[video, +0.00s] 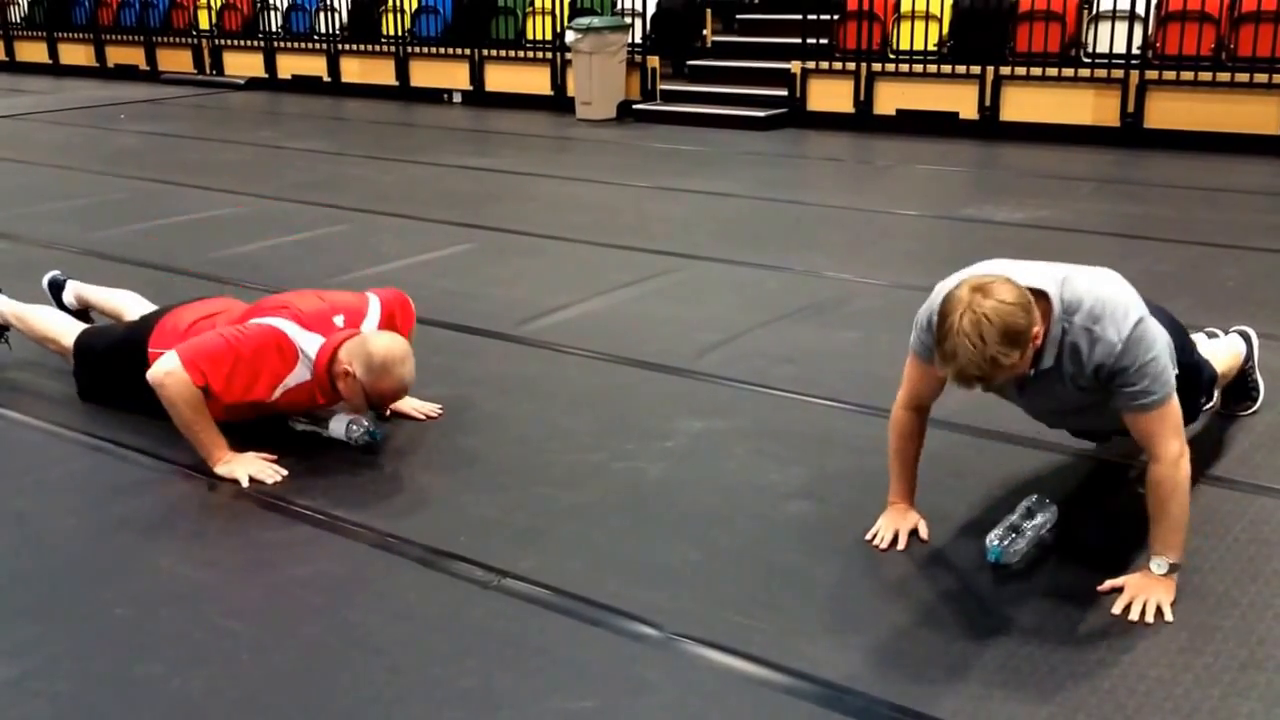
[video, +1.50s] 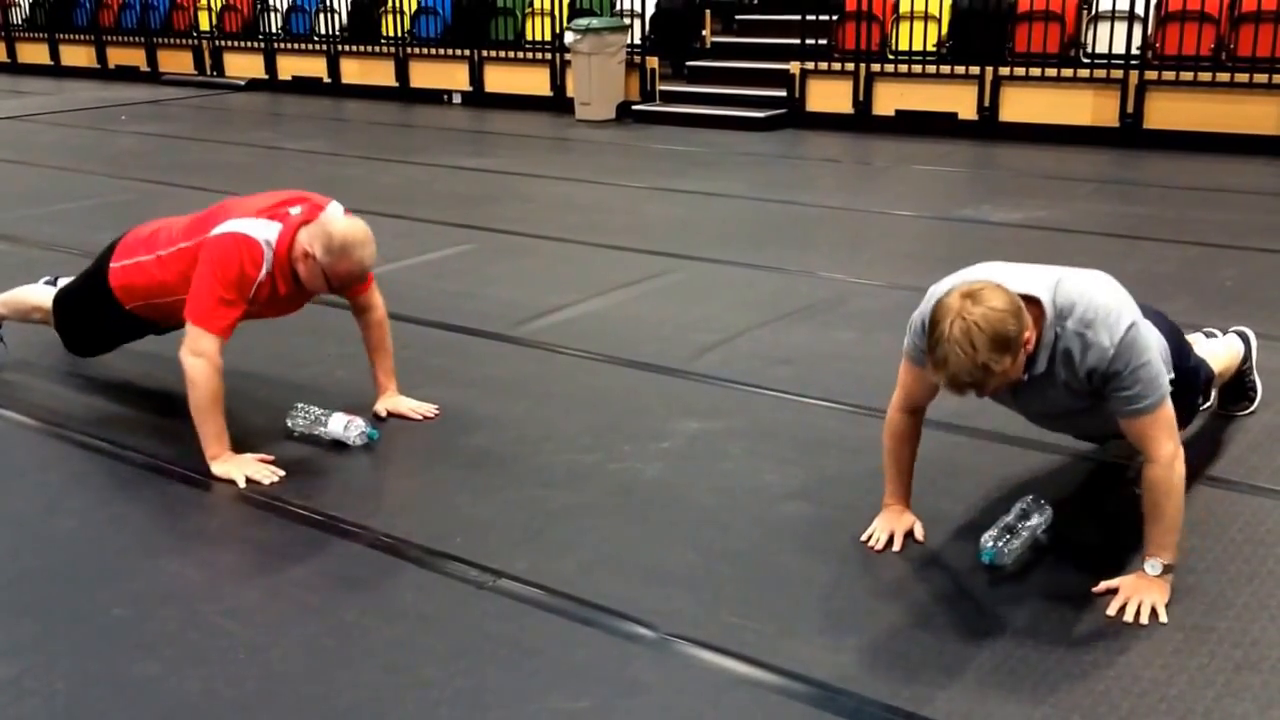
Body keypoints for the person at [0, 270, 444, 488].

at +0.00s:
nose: (369, 413)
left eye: (382, 407)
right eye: (365, 406)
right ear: (343, 374)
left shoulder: (388, 314)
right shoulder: (271, 350)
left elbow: (398, 310)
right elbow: (168, 378)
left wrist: (390, 393)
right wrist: (222, 457)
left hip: (223, 314)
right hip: (158, 344)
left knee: (143, 316)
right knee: (74, 342)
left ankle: (69, 290)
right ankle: (7, 308)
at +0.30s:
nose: (354, 325)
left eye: (366, 318)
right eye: (350, 315)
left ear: (386, 285)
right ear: (324, 287)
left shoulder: (362, 257)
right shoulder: (253, 281)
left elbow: (396, 314)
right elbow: (183, 366)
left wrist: (393, 389)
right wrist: (222, 456)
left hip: (196, 268)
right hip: (144, 299)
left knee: (118, 287)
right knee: (69, 316)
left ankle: (66, 288)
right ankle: (8, 305)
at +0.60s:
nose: (345, 311)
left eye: (358, 304)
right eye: (338, 301)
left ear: (372, 255)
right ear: (312, 270)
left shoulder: (351, 240)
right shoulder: (241, 264)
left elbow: (380, 309)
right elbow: (188, 358)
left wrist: (390, 389)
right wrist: (222, 457)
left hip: (181, 266)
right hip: (132, 290)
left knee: (105, 298)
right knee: (62, 313)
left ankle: (65, 292)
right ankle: (11, 304)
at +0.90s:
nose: (358, 406)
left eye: (371, 402)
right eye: (354, 399)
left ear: (398, 342)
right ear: (336, 368)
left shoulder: (383, 312)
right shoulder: (262, 344)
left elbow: (397, 312)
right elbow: (163, 380)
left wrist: (385, 391)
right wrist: (220, 458)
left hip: (216, 311)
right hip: (153, 342)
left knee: (139, 314)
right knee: (73, 341)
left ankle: (71, 290)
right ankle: (6, 307)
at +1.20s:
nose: (345, 342)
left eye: (357, 337)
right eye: (343, 333)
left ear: (379, 310)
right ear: (322, 301)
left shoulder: (362, 273)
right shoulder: (250, 295)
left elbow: (397, 316)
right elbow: (172, 370)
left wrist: (390, 391)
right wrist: (220, 457)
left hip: (192, 276)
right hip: (141, 308)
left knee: (123, 287)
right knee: (66, 319)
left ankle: (64, 285)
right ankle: (4, 308)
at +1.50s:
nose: (332, 296)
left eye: (346, 289)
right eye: (329, 285)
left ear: (363, 258)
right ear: (306, 251)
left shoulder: (340, 235)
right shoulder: (237, 253)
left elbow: (369, 305)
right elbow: (198, 354)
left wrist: (388, 390)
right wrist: (221, 456)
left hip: (175, 285)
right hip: (125, 285)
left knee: (97, 306)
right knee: (59, 309)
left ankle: (55, 292)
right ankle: (10, 303)